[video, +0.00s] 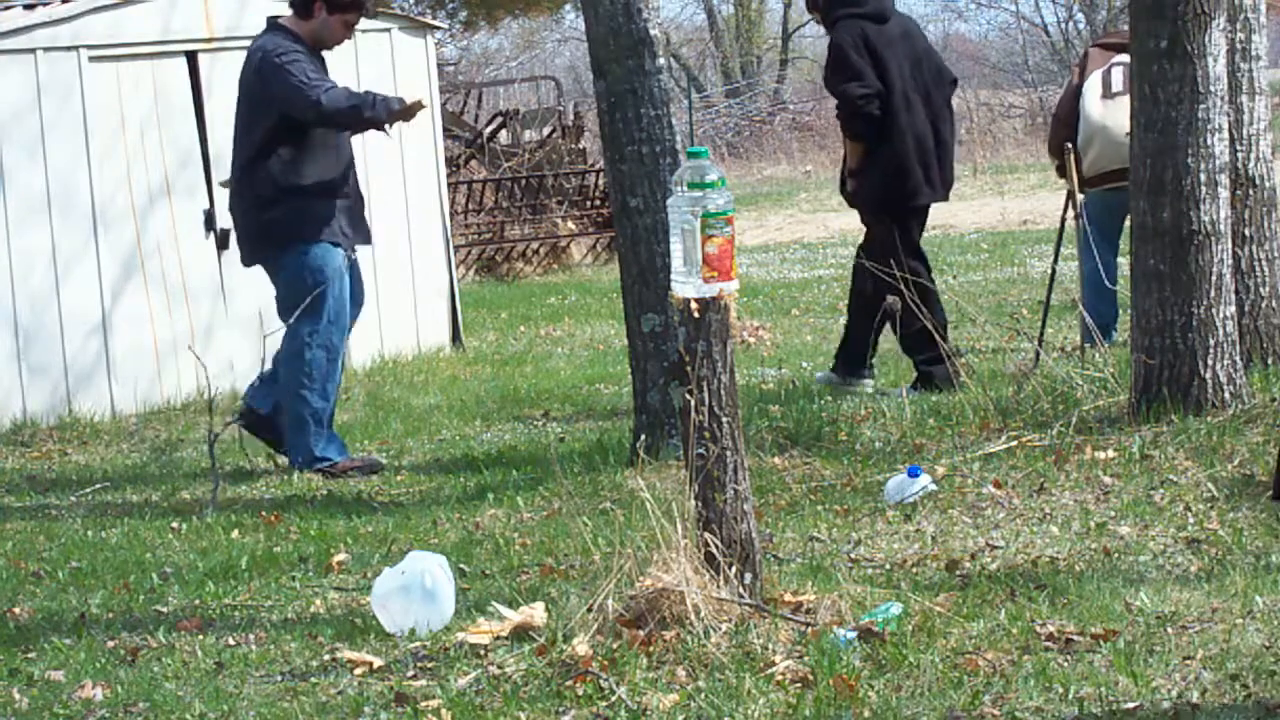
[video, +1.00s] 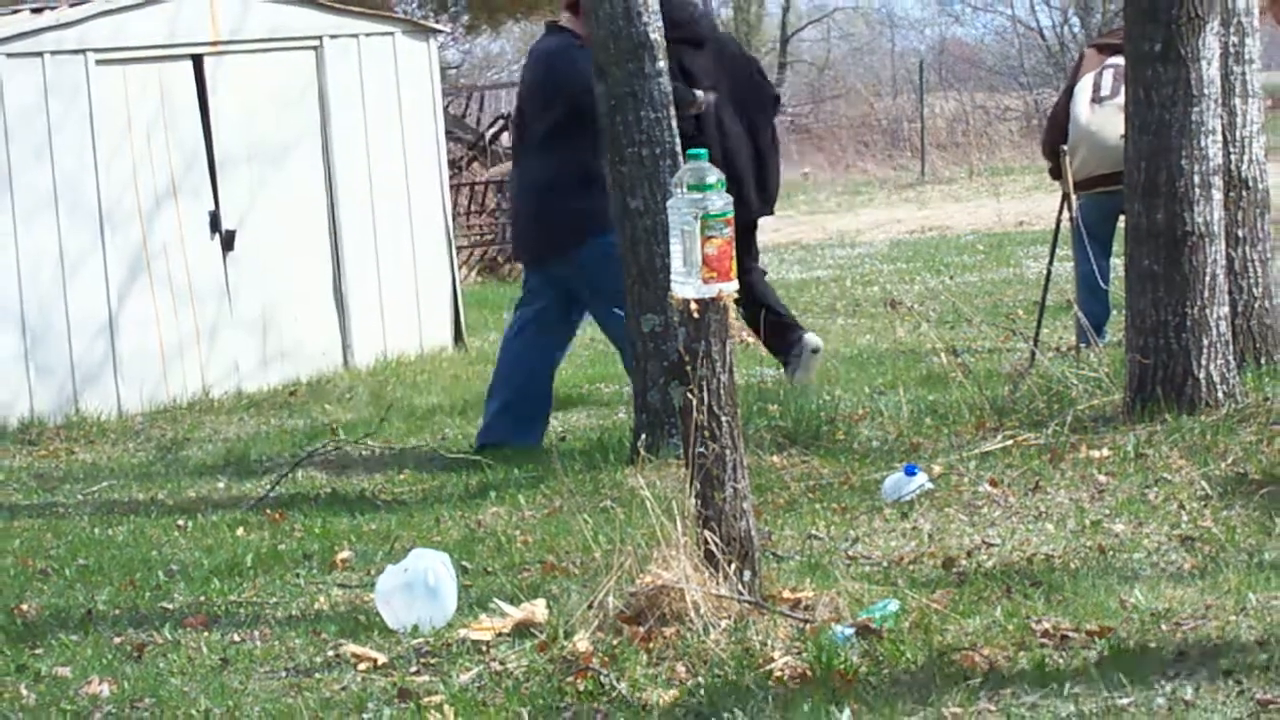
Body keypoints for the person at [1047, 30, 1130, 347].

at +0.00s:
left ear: (1112, 31)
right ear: (1147, 27)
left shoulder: (1094, 56)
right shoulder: (1163, 52)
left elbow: (1064, 114)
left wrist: (1062, 159)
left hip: (1104, 169)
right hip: (1157, 171)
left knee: (1097, 254)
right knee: (1160, 255)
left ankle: (1098, 339)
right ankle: (1164, 341)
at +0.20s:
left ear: (1114, 28)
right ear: (1150, 26)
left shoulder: (1092, 55)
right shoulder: (1164, 52)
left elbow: (1060, 115)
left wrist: (1060, 164)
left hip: (1099, 171)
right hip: (1153, 171)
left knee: (1095, 255)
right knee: (1159, 256)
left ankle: (1095, 343)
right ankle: (1162, 342)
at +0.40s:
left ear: (1119, 24)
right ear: (1153, 23)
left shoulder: (1095, 52)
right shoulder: (1166, 50)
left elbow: (1065, 112)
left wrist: (1061, 165)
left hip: (1098, 171)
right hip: (1153, 172)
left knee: (1096, 256)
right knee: (1159, 258)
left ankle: (1095, 344)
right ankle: (1162, 343)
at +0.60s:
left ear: (1121, 24)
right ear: (1155, 23)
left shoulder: (1098, 50)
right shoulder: (1169, 49)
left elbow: (1068, 110)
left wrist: (1062, 162)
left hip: (1099, 171)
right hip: (1154, 172)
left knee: (1096, 258)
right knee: (1159, 258)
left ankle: (1095, 343)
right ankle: (1164, 342)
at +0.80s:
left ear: (1124, 22)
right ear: (1157, 21)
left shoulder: (1101, 49)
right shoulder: (1171, 47)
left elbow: (1071, 108)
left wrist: (1063, 159)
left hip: (1102, 168)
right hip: (1157, 170)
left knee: (1098, 256)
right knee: (1161, 257)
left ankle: (1097, 342)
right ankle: (1166, 341)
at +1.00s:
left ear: (1115, 26)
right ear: (1148, 24)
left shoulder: (1091, 56)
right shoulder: (1163, 51)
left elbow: (1060, 117)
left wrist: (1058, 163)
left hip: (1095, 173)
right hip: (1150, 174)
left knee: (1091, 254)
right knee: (1154, 256)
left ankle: (1090, 341)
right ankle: (1157, 340)